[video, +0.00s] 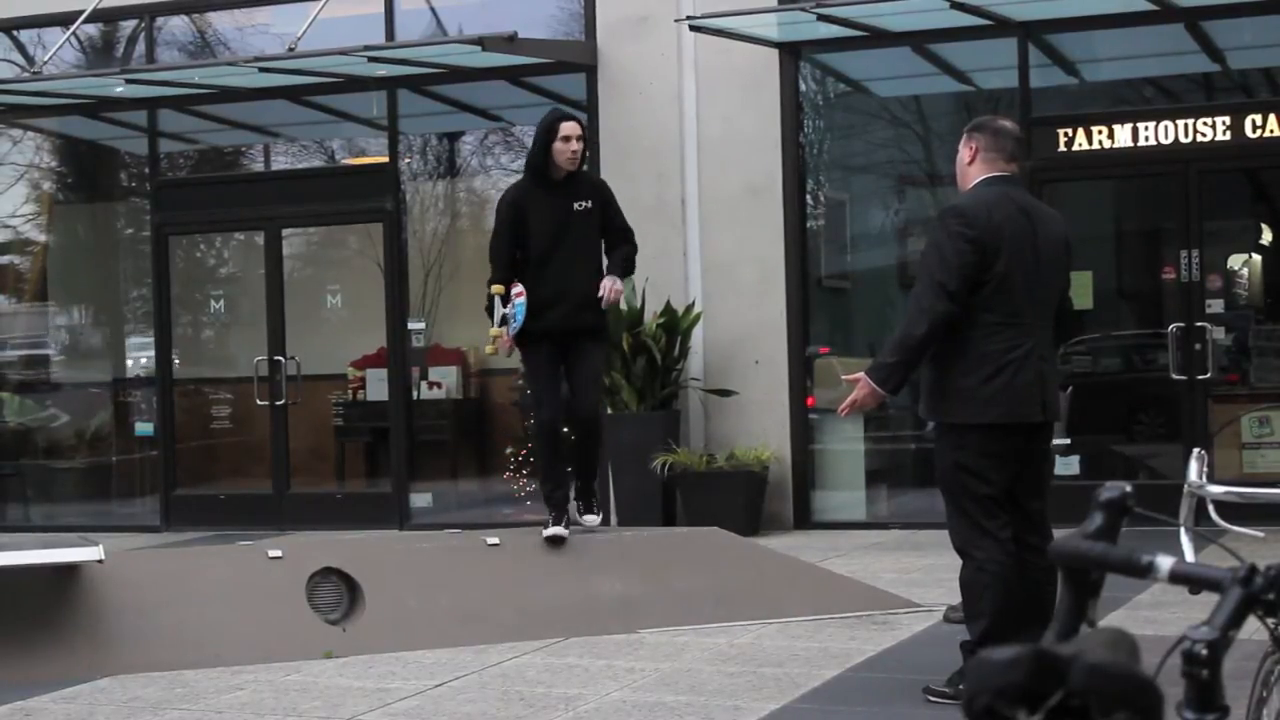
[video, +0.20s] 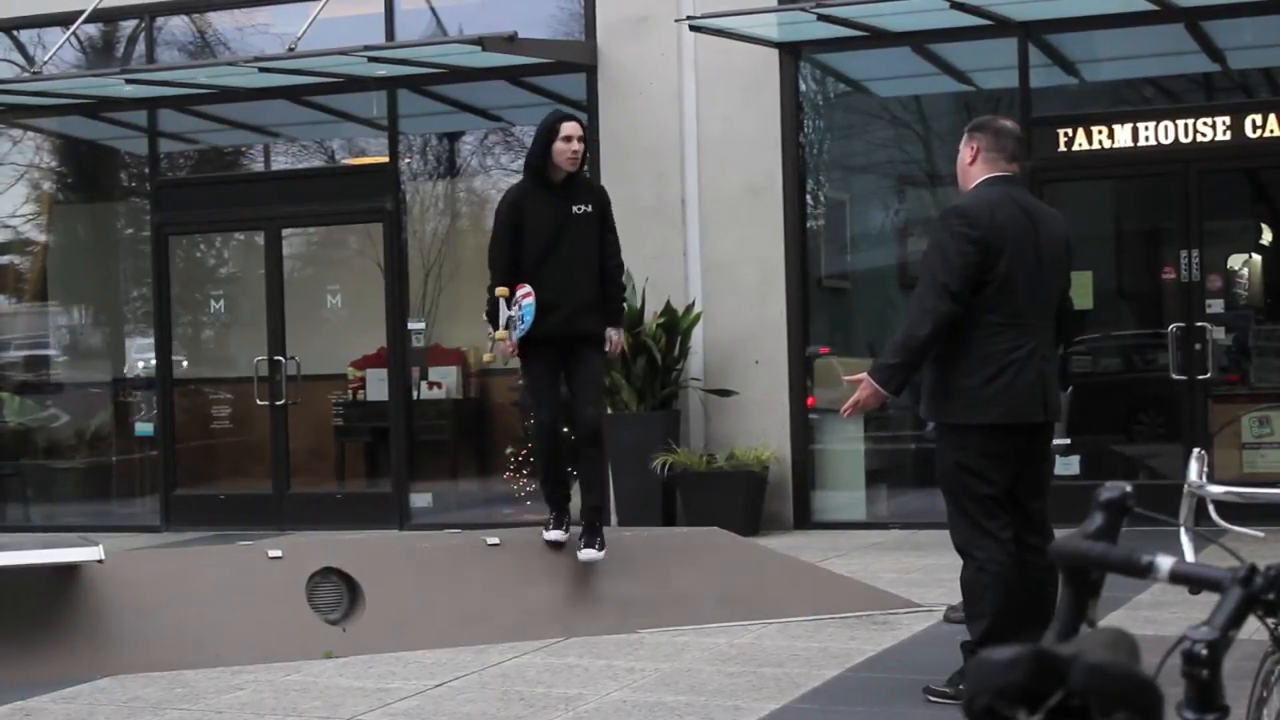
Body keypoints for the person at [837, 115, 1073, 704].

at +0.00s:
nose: (954, 164)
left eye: (957, 154)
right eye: (957, 155)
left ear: (970, 151)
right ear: (1018, 160)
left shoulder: (965, 216)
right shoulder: (1048, 221)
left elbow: (931, 308)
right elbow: (1064, 317)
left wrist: (882, 377)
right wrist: (1024, 353)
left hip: (972, 408)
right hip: (1032, 408)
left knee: (981, 538)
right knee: (1027, 532)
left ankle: (986, 674)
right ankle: (1028, 667)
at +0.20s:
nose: (955, 164)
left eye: (957, 153)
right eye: (958, 154)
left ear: (971, 151)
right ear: (1018, 159)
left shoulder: (967, 217)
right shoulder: (1048, 221)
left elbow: (933, 308)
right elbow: (1064, 317)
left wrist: (885, 376)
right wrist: (1029, 360)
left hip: (974, 409)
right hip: (1032, 408)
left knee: (982, 538)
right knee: (1028, 531)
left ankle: (986, 674)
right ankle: (1028, 665)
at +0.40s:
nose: (956, 164)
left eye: (959, 153)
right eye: (959, 155)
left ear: (973, 152)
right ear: (1019, 159)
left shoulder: (969, 218)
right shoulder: (1049, 221)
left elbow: (936, 311)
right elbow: (1064, 319)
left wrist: (888, 377)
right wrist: (1034, 365)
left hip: (976, 409)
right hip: (1034, 408)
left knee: (983, 539)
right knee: (1029, 532)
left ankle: (988, 674)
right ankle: (1028, 666)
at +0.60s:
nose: (954, 165)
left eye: (957, 153)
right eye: (956, 154)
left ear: (976, 150)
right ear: (1016, 157)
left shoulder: (970, 216)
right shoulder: (1049, 221)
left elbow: (938, 310)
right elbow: (1060, 319)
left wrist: (890, 377)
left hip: (976, 408)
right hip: (1034, 408)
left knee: (983, 538)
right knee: (1028, 531)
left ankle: (988, 674)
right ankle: (1027, 665)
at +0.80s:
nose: (947, 165)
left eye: (954, 153)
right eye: (950, 154)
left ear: (983, 150)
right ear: (1002, 153)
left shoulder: (972, 216)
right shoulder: (1048, 221)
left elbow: (939, 311)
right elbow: (1058, 319)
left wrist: (889, 377)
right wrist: (1035, 379)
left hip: (976, 408)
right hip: (1033, 407)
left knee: (983, 539)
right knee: (1028, 532)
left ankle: (988, 675)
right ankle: (1028, 666)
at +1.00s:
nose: (949, 169)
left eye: (951, 158)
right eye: (951, 159)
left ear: (971, 154)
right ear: (1007, 156)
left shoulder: (970, 217)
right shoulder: (1048, 221)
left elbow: (938, 311)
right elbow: (1060, 318)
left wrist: (889, 377)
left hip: (976, 408)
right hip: (1033, 407)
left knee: (983, 539)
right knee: (1029, 531)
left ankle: (987, 674)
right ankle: (1027, 665)